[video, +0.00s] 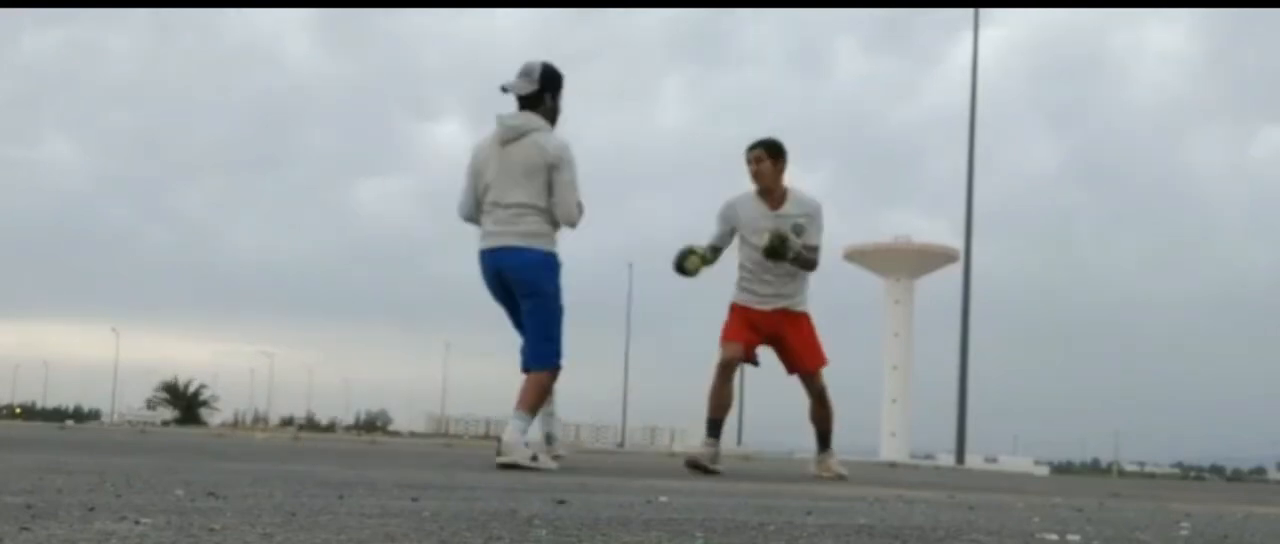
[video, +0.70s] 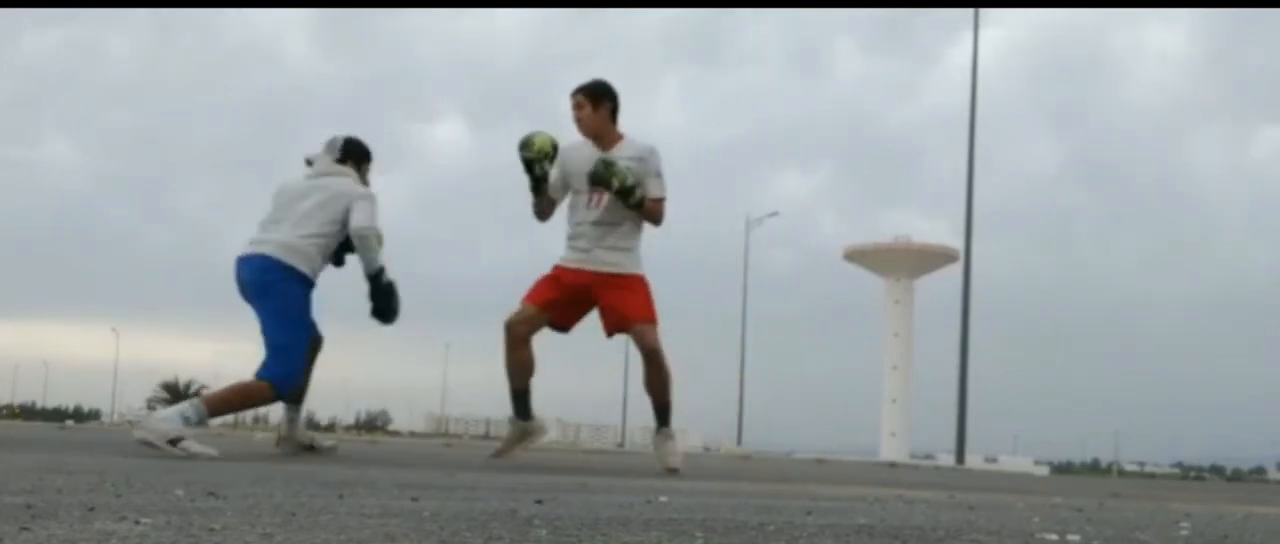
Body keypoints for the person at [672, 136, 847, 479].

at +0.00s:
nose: (754, 169)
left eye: (760, 162)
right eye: (750, 164)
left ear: (779, 165)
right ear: (748, 169)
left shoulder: (808, 209)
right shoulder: (737, 208)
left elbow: (811, 262)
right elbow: (715, 248)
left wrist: (787, 252)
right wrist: (697, 257)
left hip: (790, 312)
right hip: (746, 309)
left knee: (816, 385)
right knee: (726, 362)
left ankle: (825, 457)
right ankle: (710, 448)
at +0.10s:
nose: (731, 154)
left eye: (737, 147)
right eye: (727, 149)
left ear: (757, 149)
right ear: (726, 154)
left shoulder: (786, 189)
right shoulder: (717, 191)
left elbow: (795, 239)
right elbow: (684, 232)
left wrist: (763, 216)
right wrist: (668, 226)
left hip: (773, 298)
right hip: (730, 296)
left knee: (796, 372)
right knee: (716, 361)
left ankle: (822, 449)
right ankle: (709, 449)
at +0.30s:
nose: (686, 134)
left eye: (692, 125)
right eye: (683, 128)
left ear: (714, 126)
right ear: (685, 132)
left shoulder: (747, 166)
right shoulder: (676, 170)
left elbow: (761, 217)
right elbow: (645, 220)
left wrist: (727, 205)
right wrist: (627, 207)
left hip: (731, 281)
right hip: (686, 278)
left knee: (751, 360)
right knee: (664, 342)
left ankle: (760, 447)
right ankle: (678, 429)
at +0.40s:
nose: (660, 141)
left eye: (665, 132)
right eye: (657, 134)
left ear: (688, 132)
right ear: (659, 139)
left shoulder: (725, 175)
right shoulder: (655, 181)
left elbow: (739, 229)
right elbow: (628, 237)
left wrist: (709, 215)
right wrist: (610, 218)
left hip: (710, 291)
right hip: (663, 285)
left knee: (732, 371)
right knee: (624, 340)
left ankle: (748, 452)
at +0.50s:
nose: (627, 142)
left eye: (633, 133)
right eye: (624, 135)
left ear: (656, 133)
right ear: (628, 139)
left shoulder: (693, 178)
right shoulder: (622, 183)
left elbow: (708, 235)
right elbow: (599, 241)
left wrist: (672, 224)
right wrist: (579, 220)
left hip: (678, 298)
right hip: (627, 292)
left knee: (712, 375)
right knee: (581, 350)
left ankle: (747, 449)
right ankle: (561, 444)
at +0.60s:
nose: (597, 127)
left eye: (602, 118)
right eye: (595, 120)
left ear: (626, 119)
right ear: (601, 124)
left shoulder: (664, 164)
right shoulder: (591, 169)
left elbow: (678, 224)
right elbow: (569, 226)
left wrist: (645, 211)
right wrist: (551, 202)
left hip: (643, 285)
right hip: (594, 280)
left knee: (675, 364)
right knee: (551, 342)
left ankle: (709, 439)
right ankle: (555, 438)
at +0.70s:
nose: (575, 117)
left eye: (580, 109)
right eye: (573, 110)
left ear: (605, 109)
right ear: (584, 114)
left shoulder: (643, 155)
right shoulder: (570, 155)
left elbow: (656, 216)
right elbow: (543, 212)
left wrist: (623, 189)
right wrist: (536, 177)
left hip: (622, 273)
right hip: (573, 268)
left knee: (651, 346)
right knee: (517, 326)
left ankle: (664, 435)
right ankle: (523, 422)